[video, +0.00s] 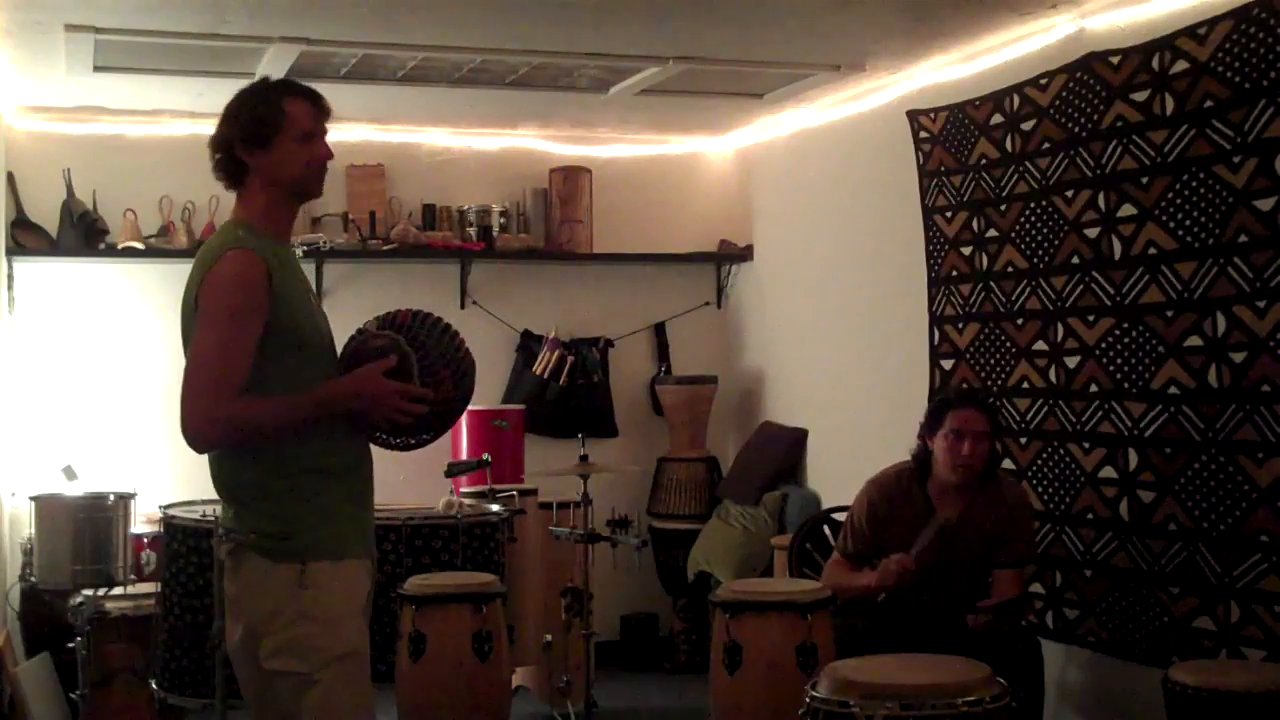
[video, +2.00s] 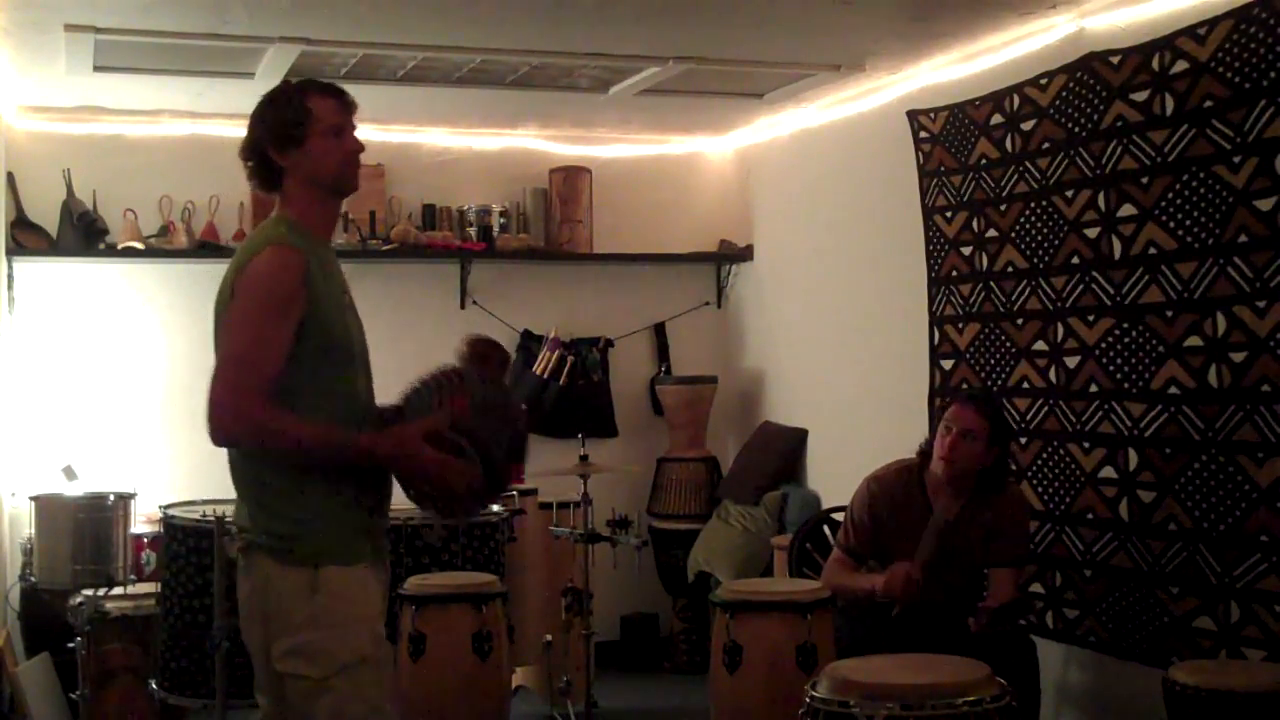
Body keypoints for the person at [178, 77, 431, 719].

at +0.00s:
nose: (327, 150)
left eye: (325, 137)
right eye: (310, 137)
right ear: (256, 149)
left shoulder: (270, 257)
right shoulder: (240, 261)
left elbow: (270, 398)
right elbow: (205, 421)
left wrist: (354, 377)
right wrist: (344, 397)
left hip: (313, 559)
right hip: (293, 564)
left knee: (322, 706)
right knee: (310, 708)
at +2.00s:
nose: (358, 145)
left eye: (355, 131)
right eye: (339, 133)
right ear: (286, 152)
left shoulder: (307, 257)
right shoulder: (279, 259)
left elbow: (324, 414)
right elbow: (233, 414)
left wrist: (418, 417)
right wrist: (384, 449)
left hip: (329, 560)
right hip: (309, 566)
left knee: (329, 707)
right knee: (340, 708)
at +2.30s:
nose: (411, 130)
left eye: (403, 117)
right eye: (390, 120)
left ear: (358, 147)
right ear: (341, 146)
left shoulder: (389, 251)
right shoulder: (317, 252)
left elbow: (375, 400)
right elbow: (248, 404)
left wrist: (464, 401)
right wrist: (407, 437)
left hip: (381, 550)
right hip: (333, 559)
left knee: (388, 704)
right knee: (360, 707)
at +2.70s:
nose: (484, 125)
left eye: (476, 111)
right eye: (462, 114)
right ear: (408, 140)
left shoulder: (444, 243)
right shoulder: (371, 267)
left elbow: (436, 377)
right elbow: (341, 445)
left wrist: (536, 356)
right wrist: (498, 426)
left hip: (431, 555)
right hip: (377, 569)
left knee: (437, 705)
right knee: (393, 709)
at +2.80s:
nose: (485, 119)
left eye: (478, 106)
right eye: (465, 108)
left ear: (423, 138)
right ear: (409, 135)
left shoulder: (430, 244)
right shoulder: (394, 255)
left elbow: (454, 358)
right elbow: (409, 444)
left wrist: (563, 348)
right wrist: (566, 416)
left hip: (438, 559)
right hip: (390, 572)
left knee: (474, 702)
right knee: (412, 709)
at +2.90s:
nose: (482, 122)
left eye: (475, 106)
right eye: (462, 109)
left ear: (409, 134)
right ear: (406, 130)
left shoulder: (404, 233)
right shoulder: (413, 248)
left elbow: (488, 337)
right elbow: (461, 433)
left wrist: (614, 338)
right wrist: (617, 405)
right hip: (408, 577)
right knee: (434, 708)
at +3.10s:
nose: (480, 130)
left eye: (474, 113)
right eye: (461, 115)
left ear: (409, 139)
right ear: (404, 136)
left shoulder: (429, 245)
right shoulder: (410, 259)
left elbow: (505, 354)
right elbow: (468, 439)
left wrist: (618, 359)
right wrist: (601, 385)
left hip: (457, 566)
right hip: (428, 578)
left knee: (491, 707)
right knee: (448, 710)